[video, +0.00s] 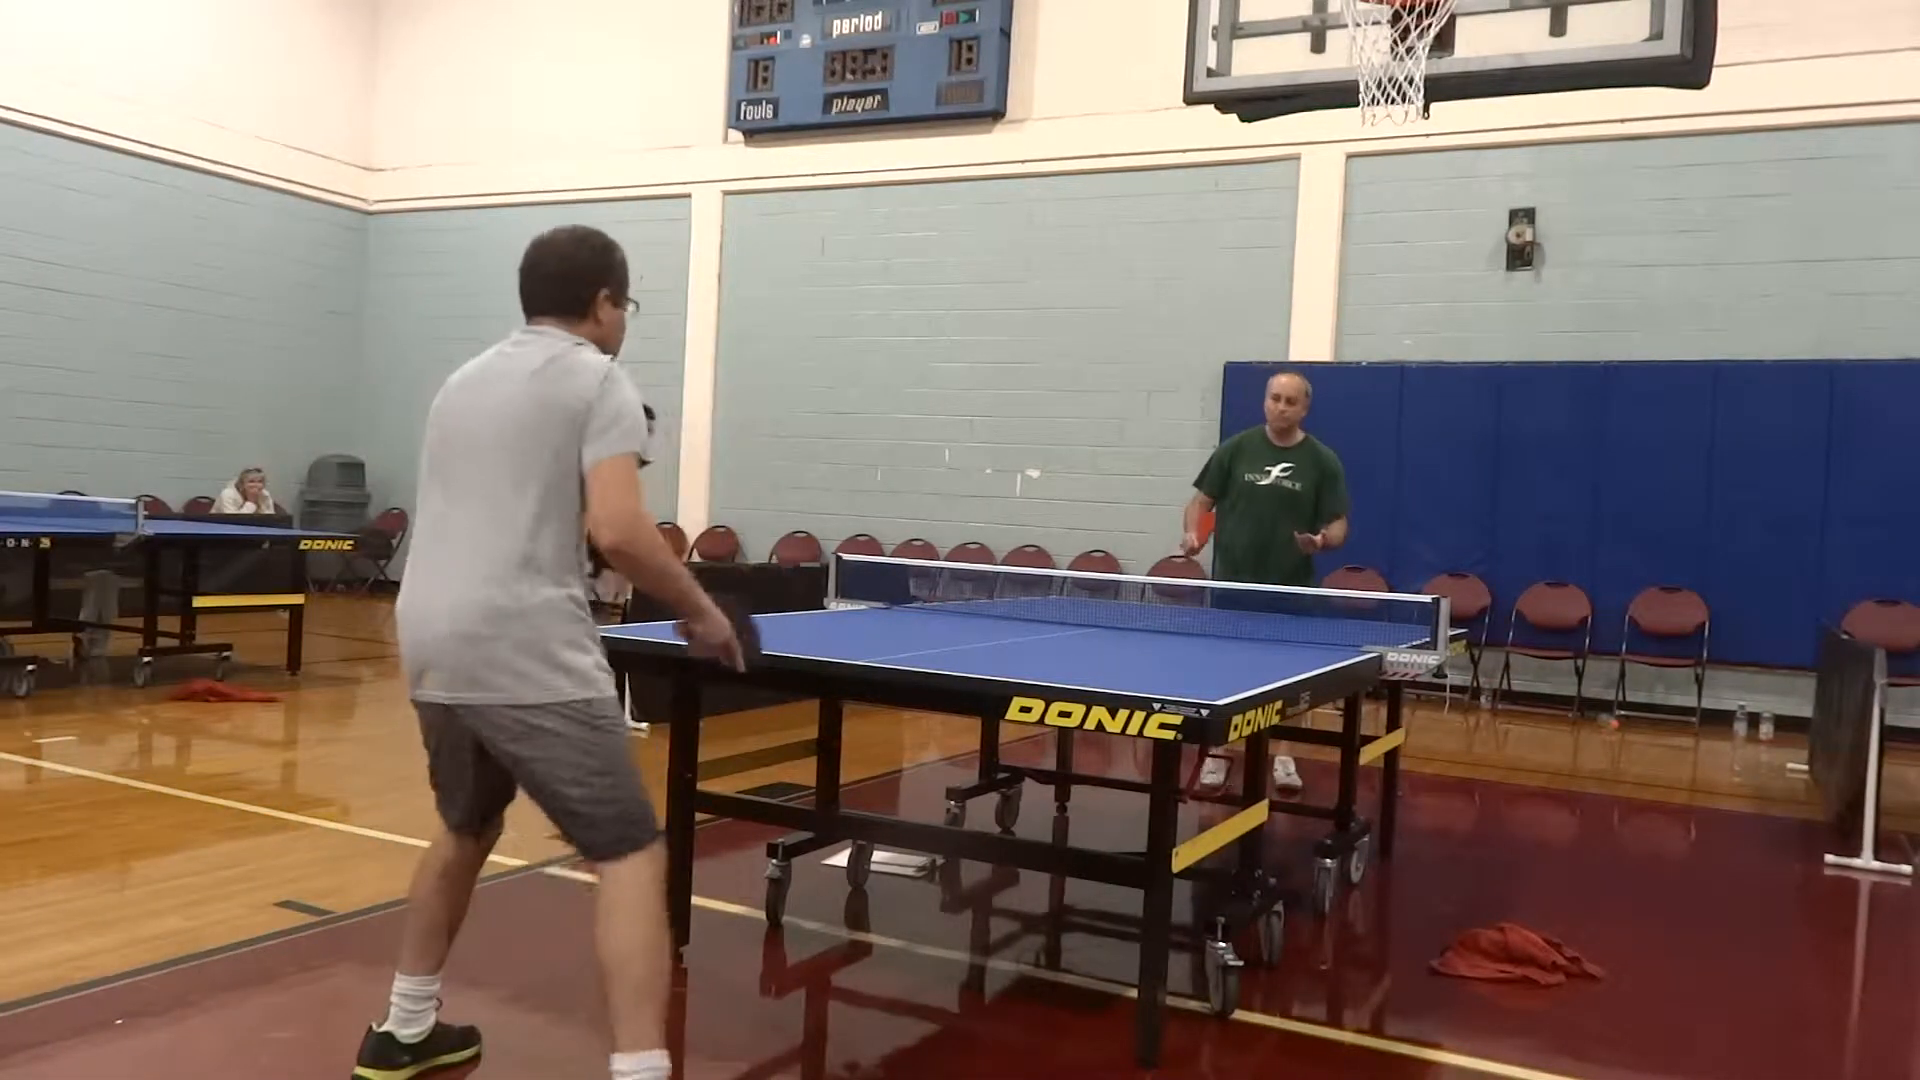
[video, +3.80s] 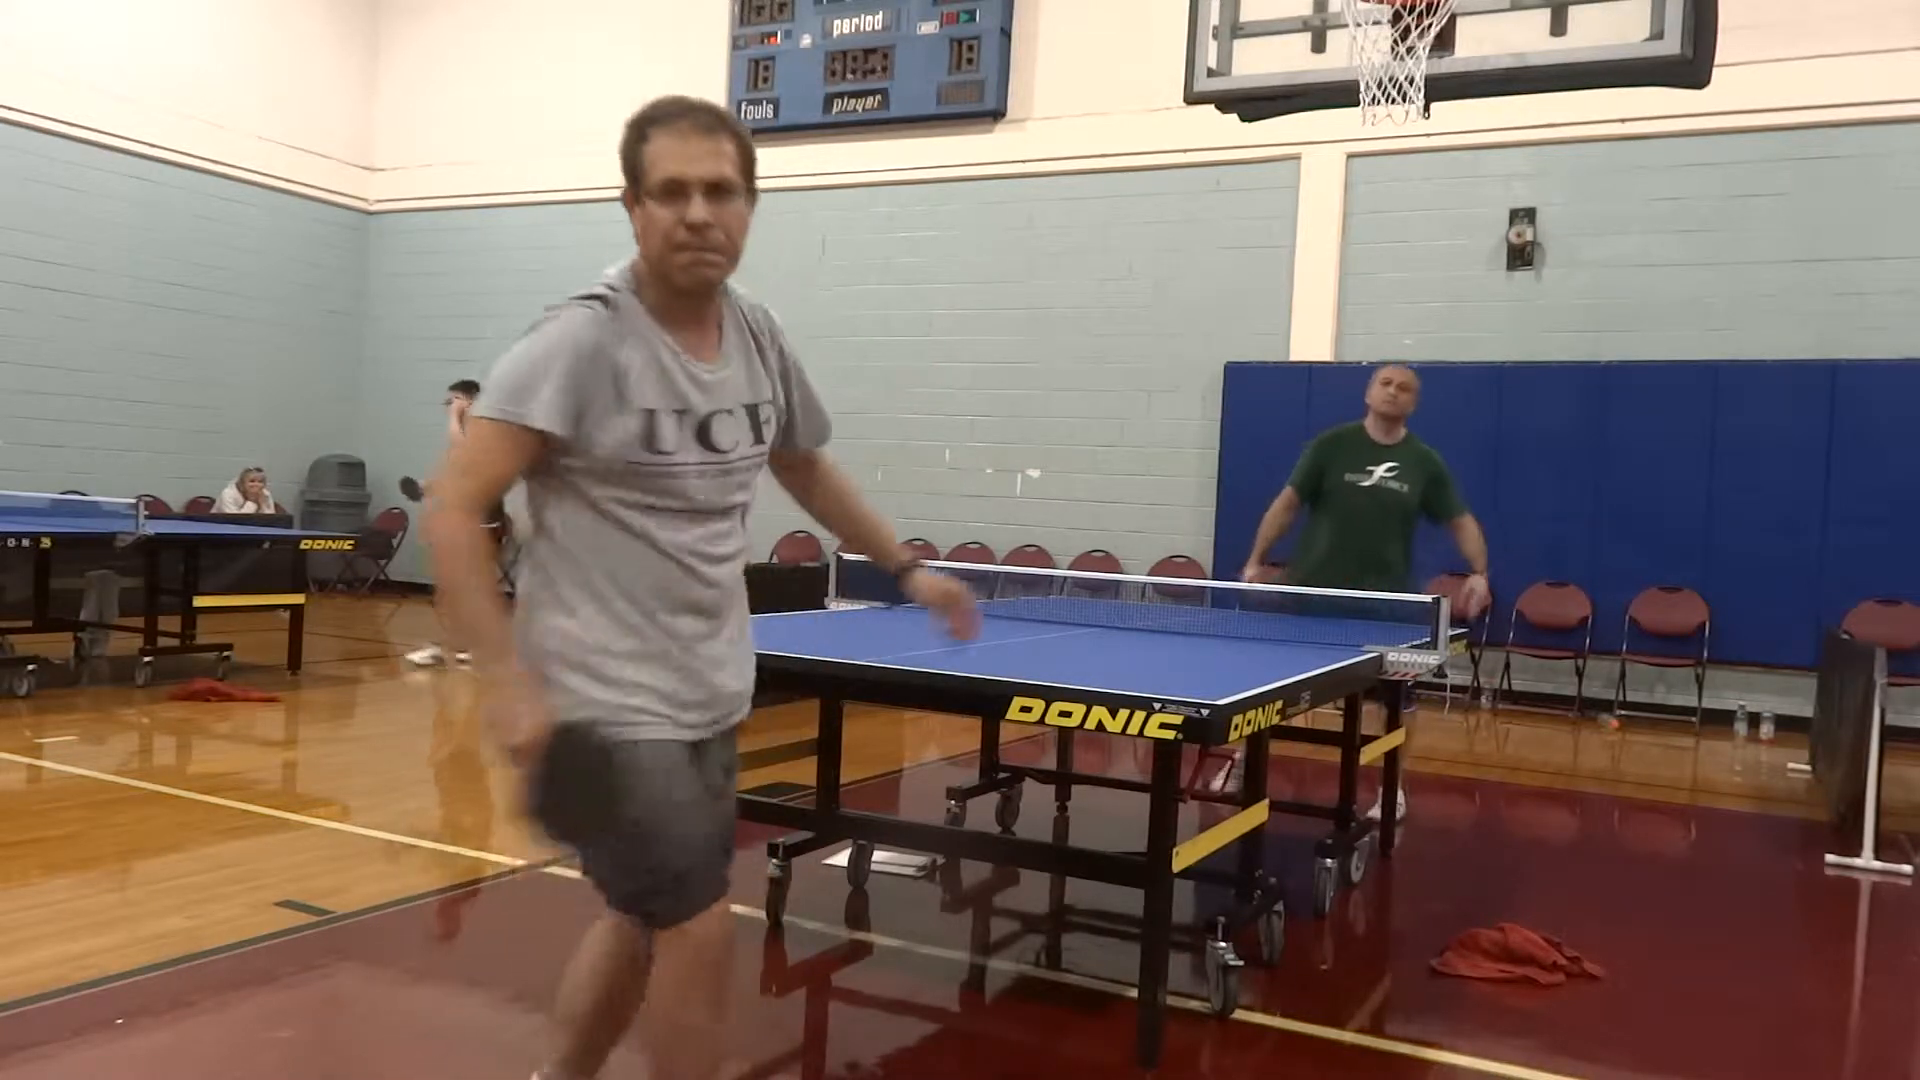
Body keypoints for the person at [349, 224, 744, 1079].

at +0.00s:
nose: (627, 318)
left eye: (627, 303)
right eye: (625, 302)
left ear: (528, 303)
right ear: (600, 302)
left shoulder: (462, 381)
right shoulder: (598, 378)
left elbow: (463, 520)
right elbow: (619, 533)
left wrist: (579, 567)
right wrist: (701, 611)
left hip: (433, 656)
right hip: (533, 661)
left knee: (465, 823)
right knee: (630, 853)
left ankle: (406, 1026)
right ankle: (642, 1070)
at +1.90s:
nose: (719, 346)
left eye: (718, 331)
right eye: (718, 330)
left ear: (620, 327)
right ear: (693, 330)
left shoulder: (544, 393)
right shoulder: (689, 414)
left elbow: (543, 535)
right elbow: (750, 568)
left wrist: (632, 608)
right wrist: (766, 596)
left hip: (481, 647)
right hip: (586, 658)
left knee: (488, 832)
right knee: (691, 855)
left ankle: (405, 1026)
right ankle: (665, 1069)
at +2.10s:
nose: (741, 346)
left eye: (742, 333)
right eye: (741, 332)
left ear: (649, 322)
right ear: (718, 325)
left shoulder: (572, 398)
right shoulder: (732, 391)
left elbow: (503, 544)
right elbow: (871, 469)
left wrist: (582, 593)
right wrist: (830, 546)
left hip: (551, 679)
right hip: (676, 688)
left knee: (511, 842)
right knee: (761, 881)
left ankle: (420, 1019)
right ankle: (751, 1072)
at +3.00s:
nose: (718, 318)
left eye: (716, 302)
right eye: (715, 302)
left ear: (617, 305)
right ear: (693, 306)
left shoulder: (545, 377)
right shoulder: (694, 399)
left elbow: (448, 509)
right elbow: (753, 570)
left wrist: (532, 565)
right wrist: (797, 586)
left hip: (485, 657)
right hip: (598, 671)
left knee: (453, 826)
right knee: (706, 868)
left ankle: (365, 1007)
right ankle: (674, 1070)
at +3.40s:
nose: (764, 325)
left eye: (769, 305)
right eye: (746, 303)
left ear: (675, 303)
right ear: (677, 300)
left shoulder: (618, 368)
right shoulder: (662, 389)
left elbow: (578, 522)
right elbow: (626, 525)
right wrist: (730, 602)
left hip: (539, 666)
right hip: (607, 683)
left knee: (508, 846)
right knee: (752, 885)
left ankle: (376, 1010)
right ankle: (724, 1070)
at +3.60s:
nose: (748, 251)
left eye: (766, 229)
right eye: (722, 228)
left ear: (783, 236)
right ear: (671, 231)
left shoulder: (721, 347)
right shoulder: (650, 344)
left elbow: (680, 524)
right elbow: (546, 510)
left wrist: (741, 625)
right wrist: (672, 613)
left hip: (647, 675)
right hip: (625, 682)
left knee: (627, 878)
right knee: (719, 906)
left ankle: (492, 1056)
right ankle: (722, 1074)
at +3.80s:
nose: (700, 215)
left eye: (722, 193)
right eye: (673, 194)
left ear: (749, 208)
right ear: (632, 209)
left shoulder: (757, 336)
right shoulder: (580, 341)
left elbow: (804, 466)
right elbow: (451, 506)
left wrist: (907, 567)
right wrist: (506, 679)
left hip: (712, 699)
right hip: (601, 705)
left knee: (635, 925)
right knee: (699, 931)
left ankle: (562, 1074)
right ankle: (686, 1078)